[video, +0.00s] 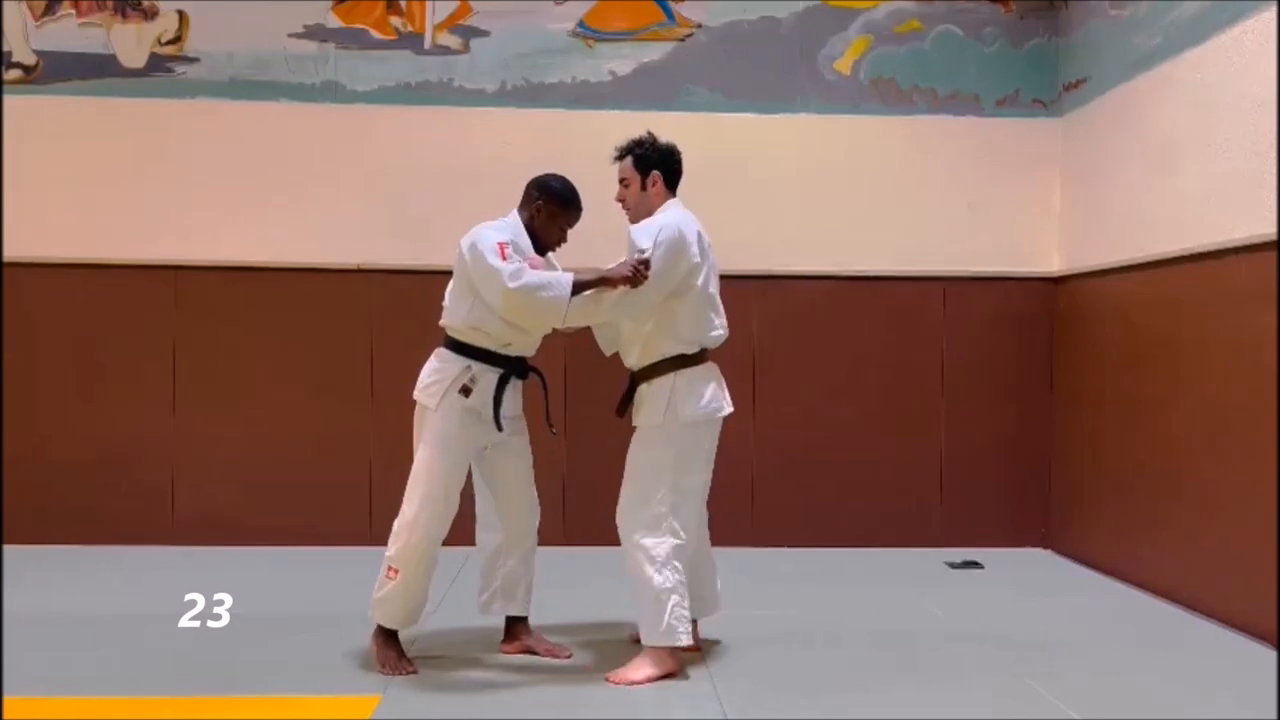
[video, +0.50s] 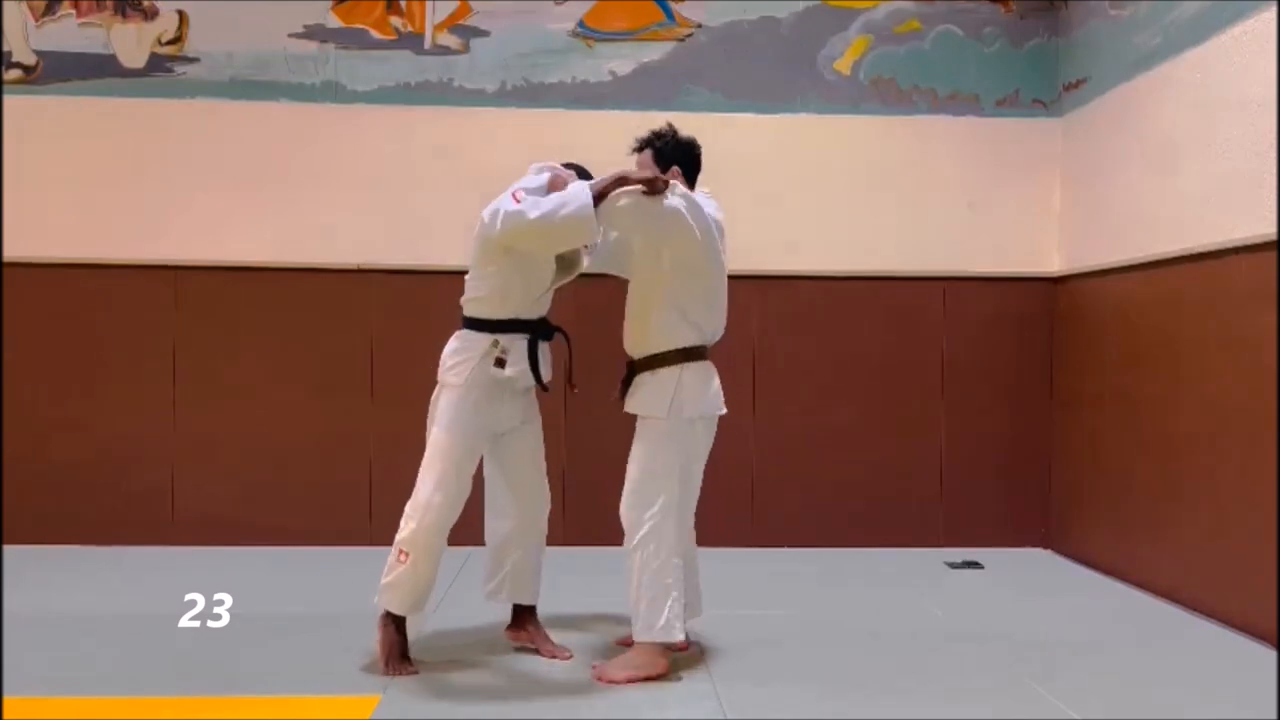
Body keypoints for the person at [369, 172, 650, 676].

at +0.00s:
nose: (565, 238)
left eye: (571, 229)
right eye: (563, 225)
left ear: (545, 214)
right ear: (536, 208)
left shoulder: (541, 266)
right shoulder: (486, 239)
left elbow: (566, 310)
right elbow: (517, 286)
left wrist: (625, 288)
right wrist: (600, 278)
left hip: (504, 391)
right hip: (456, 383)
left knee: (518, 512)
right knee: (428, 510)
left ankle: (516, 628)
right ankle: (386, 631)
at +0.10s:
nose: (566, 242)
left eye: (571, 233)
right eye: (564, 229)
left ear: (544, 217)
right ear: (536, 212)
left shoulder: (540, 270)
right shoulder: (487, 241)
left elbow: (566, 316)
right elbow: (518, 291)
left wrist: (626, 292)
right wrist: (604, 283)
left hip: (501, 393)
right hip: (452, 385)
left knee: (518, 514)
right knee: (426, 513)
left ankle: (517, 628)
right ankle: (386, 633)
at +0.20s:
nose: (569, 246)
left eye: (575, 237)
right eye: (567, 233)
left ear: (551, 221)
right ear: (540, 214)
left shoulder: (544, 271)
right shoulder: (488, 242)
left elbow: (567, 317)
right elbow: (515, 295)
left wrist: (624, 291)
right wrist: (602, 286)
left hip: (502, 394)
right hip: (453, 385)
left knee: (519, 513)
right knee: (428, 513)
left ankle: (517, 629)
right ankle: (386, 633)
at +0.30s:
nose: (568, 243)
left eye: (573, 236)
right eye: (566, 233)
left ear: (554, 219)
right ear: (545, 213)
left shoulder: (549, 259)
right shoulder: (489, 239)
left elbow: (591, 303)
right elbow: (513, 291)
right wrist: (594, 267)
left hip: (503, 393)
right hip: (454, 385)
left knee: (519, 513)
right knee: (432, 512)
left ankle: (517, 628)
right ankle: (388, 633)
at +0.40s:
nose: (571, 221)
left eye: (577, 217)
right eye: (571, 211)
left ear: (563, 208)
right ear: (552, 195)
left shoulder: (554, 244)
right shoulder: (493, 229)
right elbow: (532, 251)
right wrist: (609, 210)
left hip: (510, 386)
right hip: (462, 378)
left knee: (521, 508)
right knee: (434, 505)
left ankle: (518, 625)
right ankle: (389, 628)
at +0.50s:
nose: (576, 200)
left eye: (582, 198)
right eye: (576, 191)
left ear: (568, 192)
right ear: (557, 178)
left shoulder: (551, 237)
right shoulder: (502, 214)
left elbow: (600, 247)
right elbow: (561, 206)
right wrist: (621, 181)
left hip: (520, 377)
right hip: (474, 369)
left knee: (528, 500)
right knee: (439, 497)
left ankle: (524, 619)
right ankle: (393, 620)